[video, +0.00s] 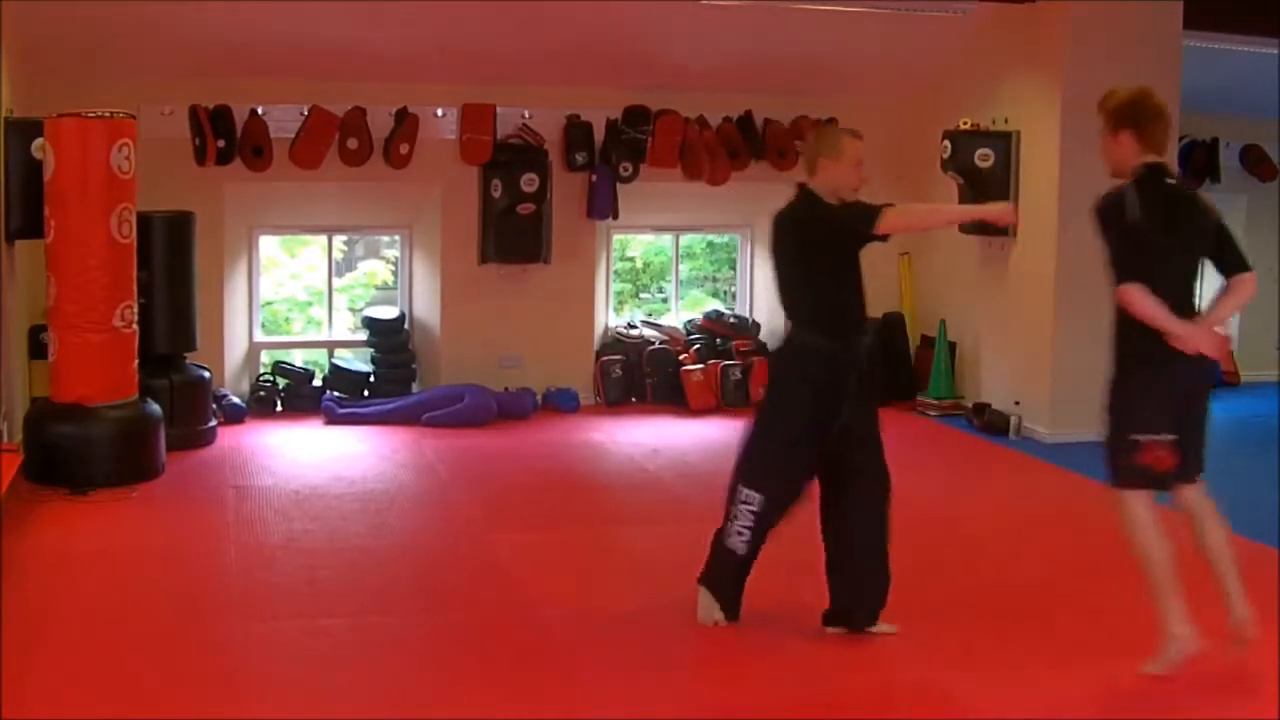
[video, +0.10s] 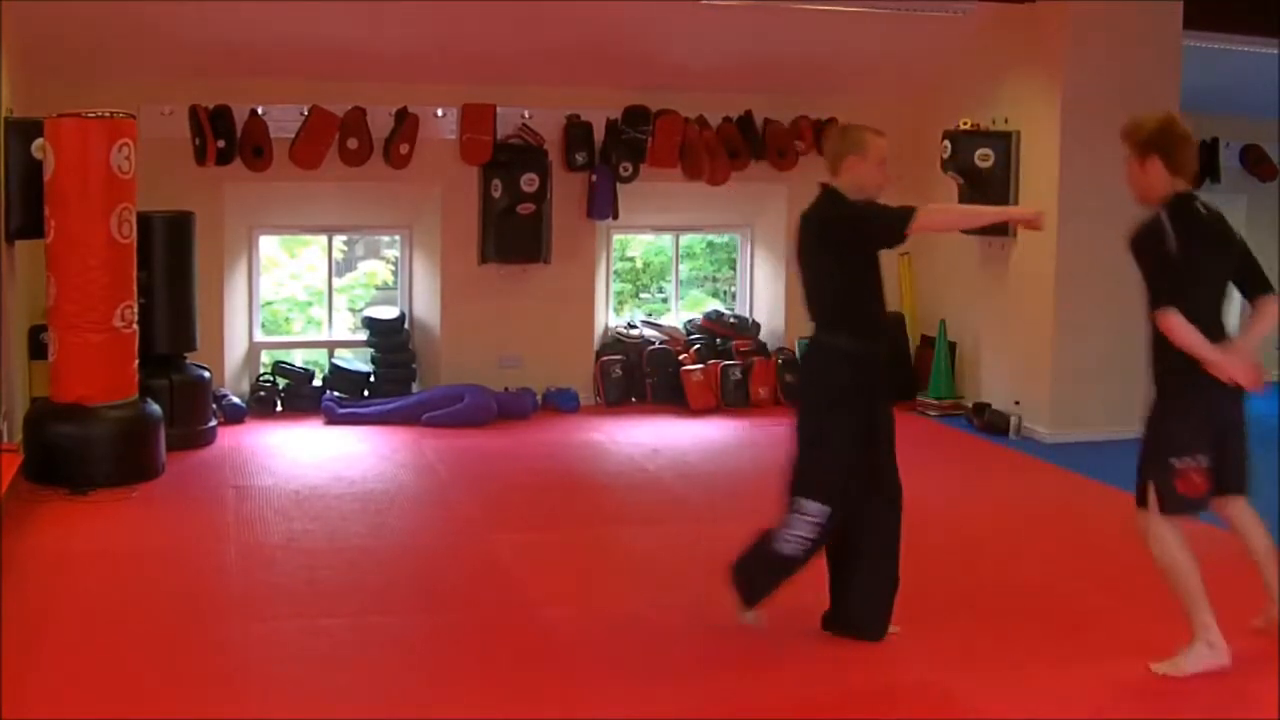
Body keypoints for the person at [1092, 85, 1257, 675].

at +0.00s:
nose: (1103, 147)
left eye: (1107, 136)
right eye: (1105, 136)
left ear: (1126, 139)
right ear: (1157, 139)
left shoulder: (1118, 202)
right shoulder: (1192, 201)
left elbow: (1129, 288)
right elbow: (1244, 280)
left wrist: (1183, 331)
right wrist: (1202, 326)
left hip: (1144, 366)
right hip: (1196, 363)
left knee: (1134, 495)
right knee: (1191, 488)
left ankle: (1177, 630)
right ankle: (1241, 613)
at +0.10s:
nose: (1128, 175)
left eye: (1133, 164)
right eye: (1130, 164)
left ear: (1154, 166)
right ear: (1180, 165)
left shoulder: (1153, 231)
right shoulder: (1215, 222)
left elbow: (1167, 316)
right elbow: (1267, 302)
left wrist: (1224, 361)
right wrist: (1237, 352)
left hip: (1181, 393)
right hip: (1224, 389)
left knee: (1154, 516)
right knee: (1231, 499)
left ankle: (1208, 640)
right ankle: (1278, 601)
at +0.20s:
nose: (1145, 219)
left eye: (1150, 208)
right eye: (1146, 208)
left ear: (1175, 211)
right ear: (1191, 210)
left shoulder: (1181, 275)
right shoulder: (1237, 265)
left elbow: (1202, 353)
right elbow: (1275, 321)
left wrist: (1262, 391)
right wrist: (1268, 388)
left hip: (1228, 431)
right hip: (1263, 427)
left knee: (1143, 531)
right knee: (1249, 520)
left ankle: (1208, 641)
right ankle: (1279, 606)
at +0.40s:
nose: (1158, 305)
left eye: (1163, 294)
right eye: (1157, 294)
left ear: (1192, 294)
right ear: (1197, 294)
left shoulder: (1206, 337)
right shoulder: (1244, 328)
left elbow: (1267, 402)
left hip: (1262, 480)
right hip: (1269, 477)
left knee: (1154, 542)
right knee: (1261, 540)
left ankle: (1211, 669)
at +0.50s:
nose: (1150, 326)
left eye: (1156, 315)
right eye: (1149, 316)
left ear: (1189, 316)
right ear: (1190, 317)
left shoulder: (1218, 359)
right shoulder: (1226, 350)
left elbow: (1274, 415)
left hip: (1267, 498)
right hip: (1265, 493)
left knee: (1163, 568)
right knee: (1256, 549)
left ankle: (1222, 697)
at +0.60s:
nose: (1144, 343)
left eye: (1149, 331)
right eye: (1143, 332)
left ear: (1185, 334)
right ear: (1185, 334)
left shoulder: (1235, 382)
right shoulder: (1218, 372)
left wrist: (1256, 538)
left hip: (1267, 515)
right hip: (1260, 505)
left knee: (1163, 572)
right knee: (1245, 565)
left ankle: (1222, 699)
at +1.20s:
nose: (1114, 321)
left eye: (1118, 310)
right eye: (1112, 311)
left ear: (1148, 309)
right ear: (1156, 306)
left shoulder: (1218, 346)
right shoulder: (1197, 333)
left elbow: (1271, 427)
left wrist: (1235, 488)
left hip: (1275, 437)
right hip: (1270, 433)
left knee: (1206, 532)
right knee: (1247, 526)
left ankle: (1242, 664)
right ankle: (1279, 605)